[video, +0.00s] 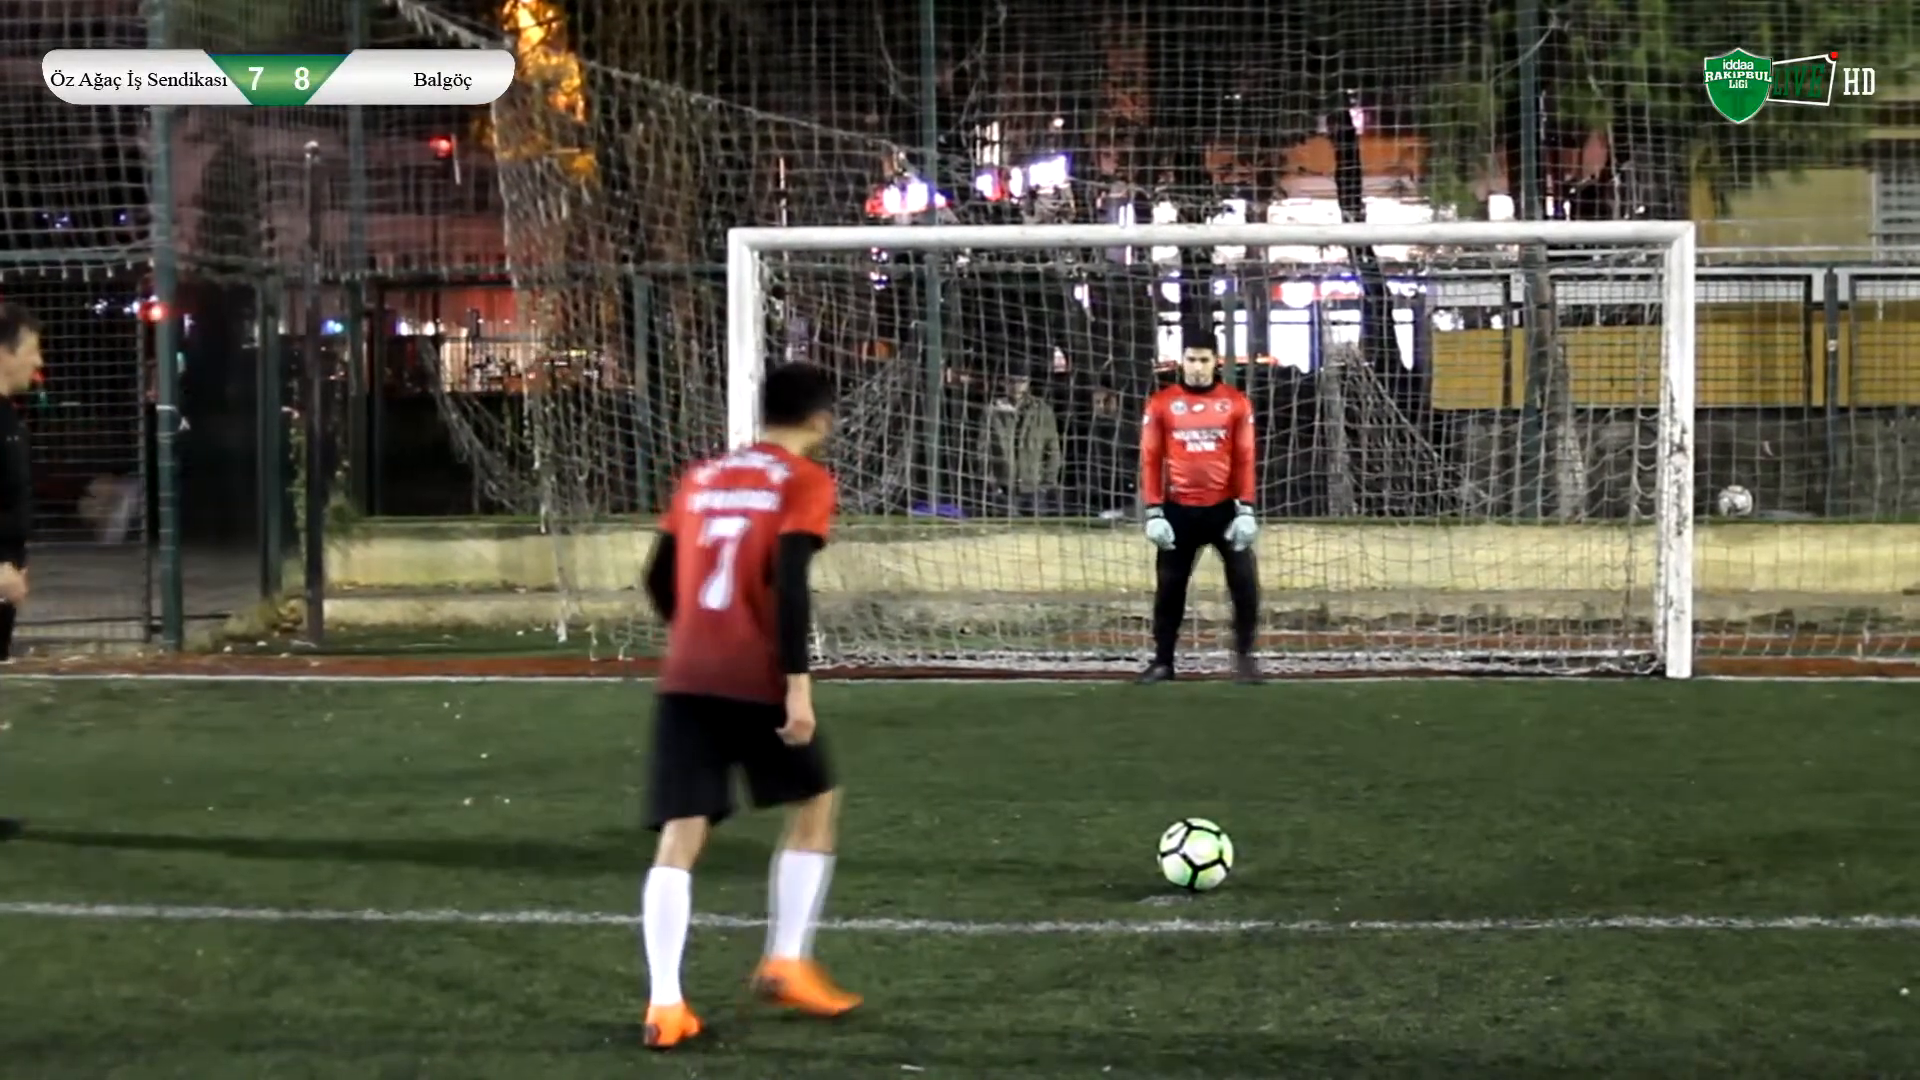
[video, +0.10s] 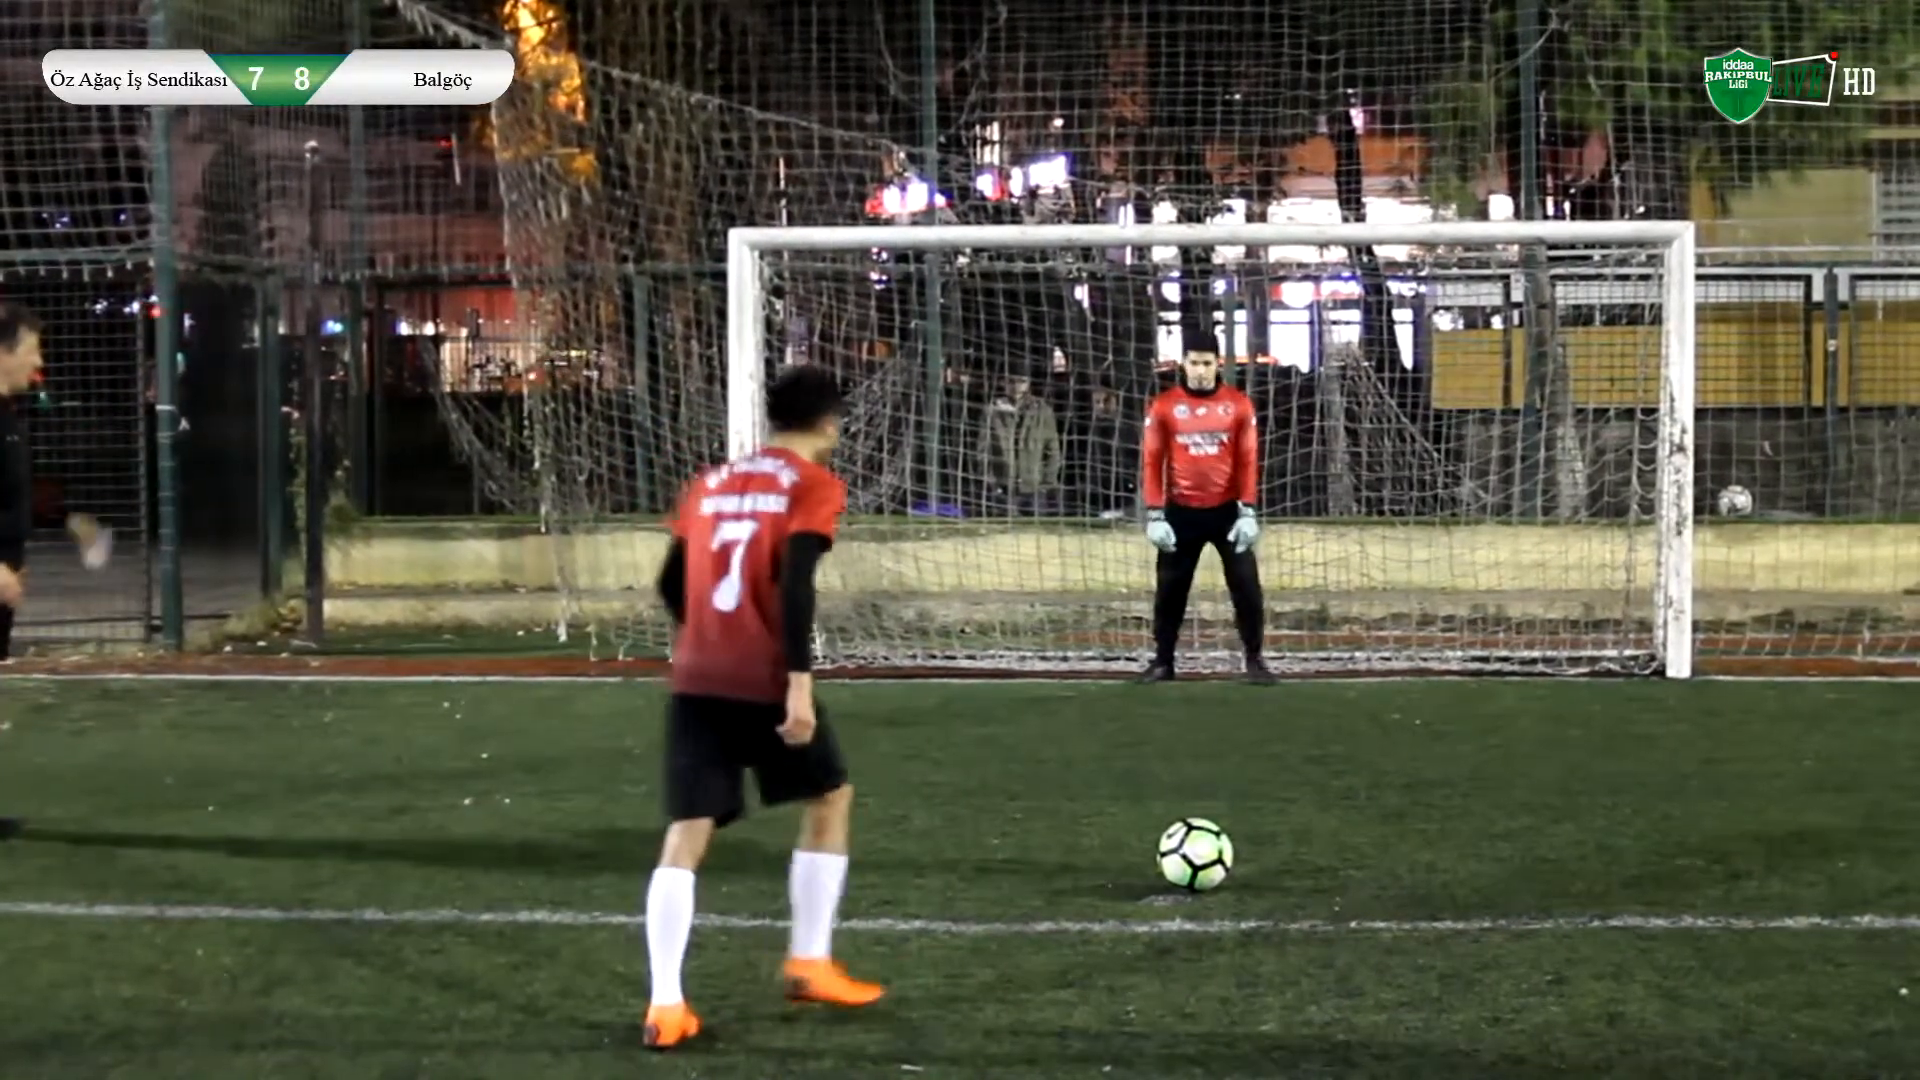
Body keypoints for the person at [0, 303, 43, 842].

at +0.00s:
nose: (38, 365)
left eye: (37, 353)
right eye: (31, 352)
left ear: (15, 354)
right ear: (7, 354)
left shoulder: (14, 420)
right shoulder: (5, 423)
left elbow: (17, 500)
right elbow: (8, 500)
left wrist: (16, 561)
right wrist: (5, 566)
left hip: (7, 579)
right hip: (1, 580)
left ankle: (1, 816)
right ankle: (0, 817)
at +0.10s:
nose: (38, 366)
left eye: (38, 354)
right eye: (31, 354)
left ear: (16, 356)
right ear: (5, 355)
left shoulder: (16, 420)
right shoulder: (7, 423)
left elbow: (16, 502)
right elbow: (8, 502)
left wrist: (12, 565)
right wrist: (3, 570)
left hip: (6, 579)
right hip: (1, 580)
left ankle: (1, 815)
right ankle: (0, 816)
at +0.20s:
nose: (34, 369)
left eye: (35, 357)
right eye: (28, 356)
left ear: (16, 357)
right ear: (3, 356)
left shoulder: (14, 419)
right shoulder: (6, 422)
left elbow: (17, 495)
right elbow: (10, 497)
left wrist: (21, 554)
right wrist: (4, 564)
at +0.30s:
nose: (32, 368)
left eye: (32, 356)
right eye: (26, 356)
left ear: (16, 355)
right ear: (2, 354)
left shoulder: (12, 417)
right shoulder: (6, 419)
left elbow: (11, 498)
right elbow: (9, 500)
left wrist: (30, 549)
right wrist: (21, 553)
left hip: (7, 569)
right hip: (2, 571)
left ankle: (3, 815)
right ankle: (1, 816)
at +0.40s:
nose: (29, 373)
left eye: (30, 361)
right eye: (23, 361)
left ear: (15, 359)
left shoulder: (10, 417)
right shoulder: (4, 420)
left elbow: (10, 495)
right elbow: (7, 497)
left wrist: (19, 553)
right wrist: (16, 554)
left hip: (4, 570)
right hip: (1, 570)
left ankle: (1, 815)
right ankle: (0, 816)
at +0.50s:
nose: (27, 371)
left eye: (28, 359)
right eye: (20, 359)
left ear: (19, 359)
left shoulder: (12, 415)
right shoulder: (6, 418)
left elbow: (12, 492)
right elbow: (8, 493)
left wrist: (17, 552)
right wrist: (16, 553)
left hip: (6, 566)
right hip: (4, 566)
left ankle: (3, 816)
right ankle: (1, 816)